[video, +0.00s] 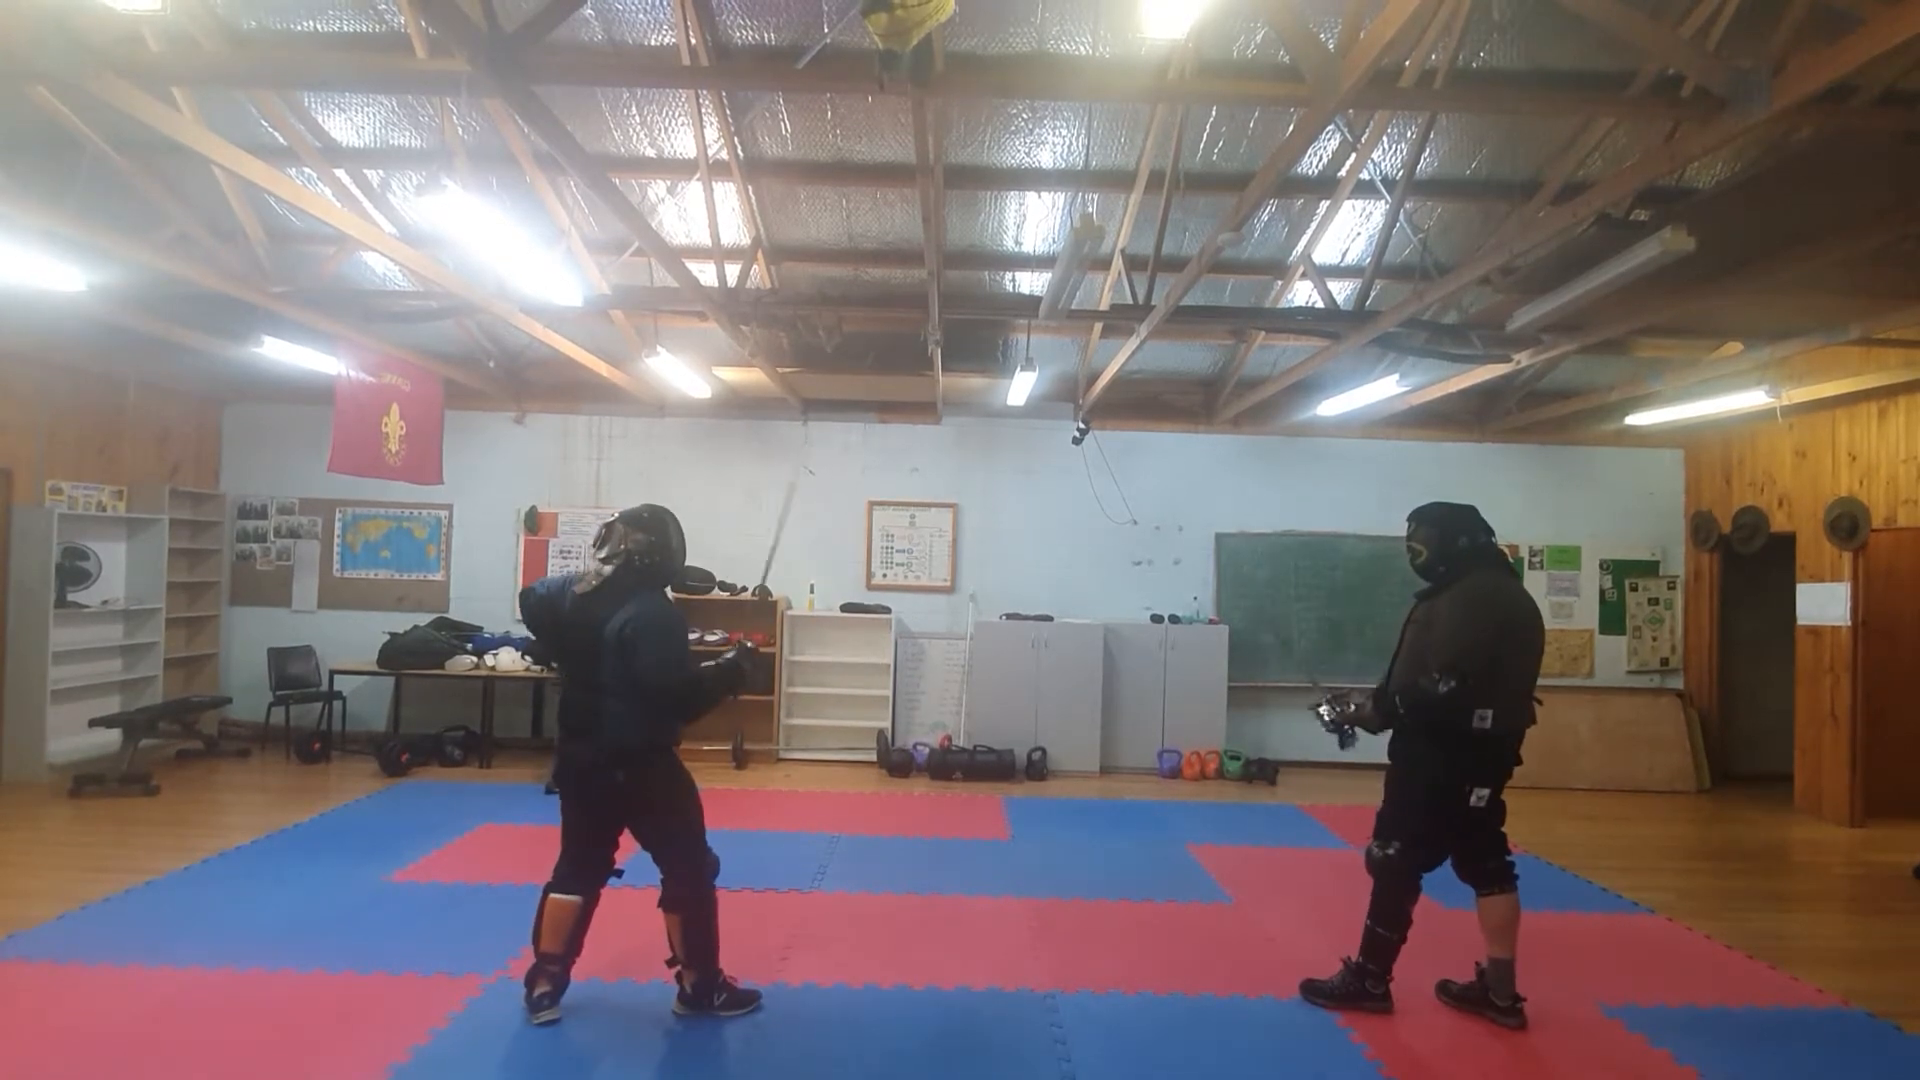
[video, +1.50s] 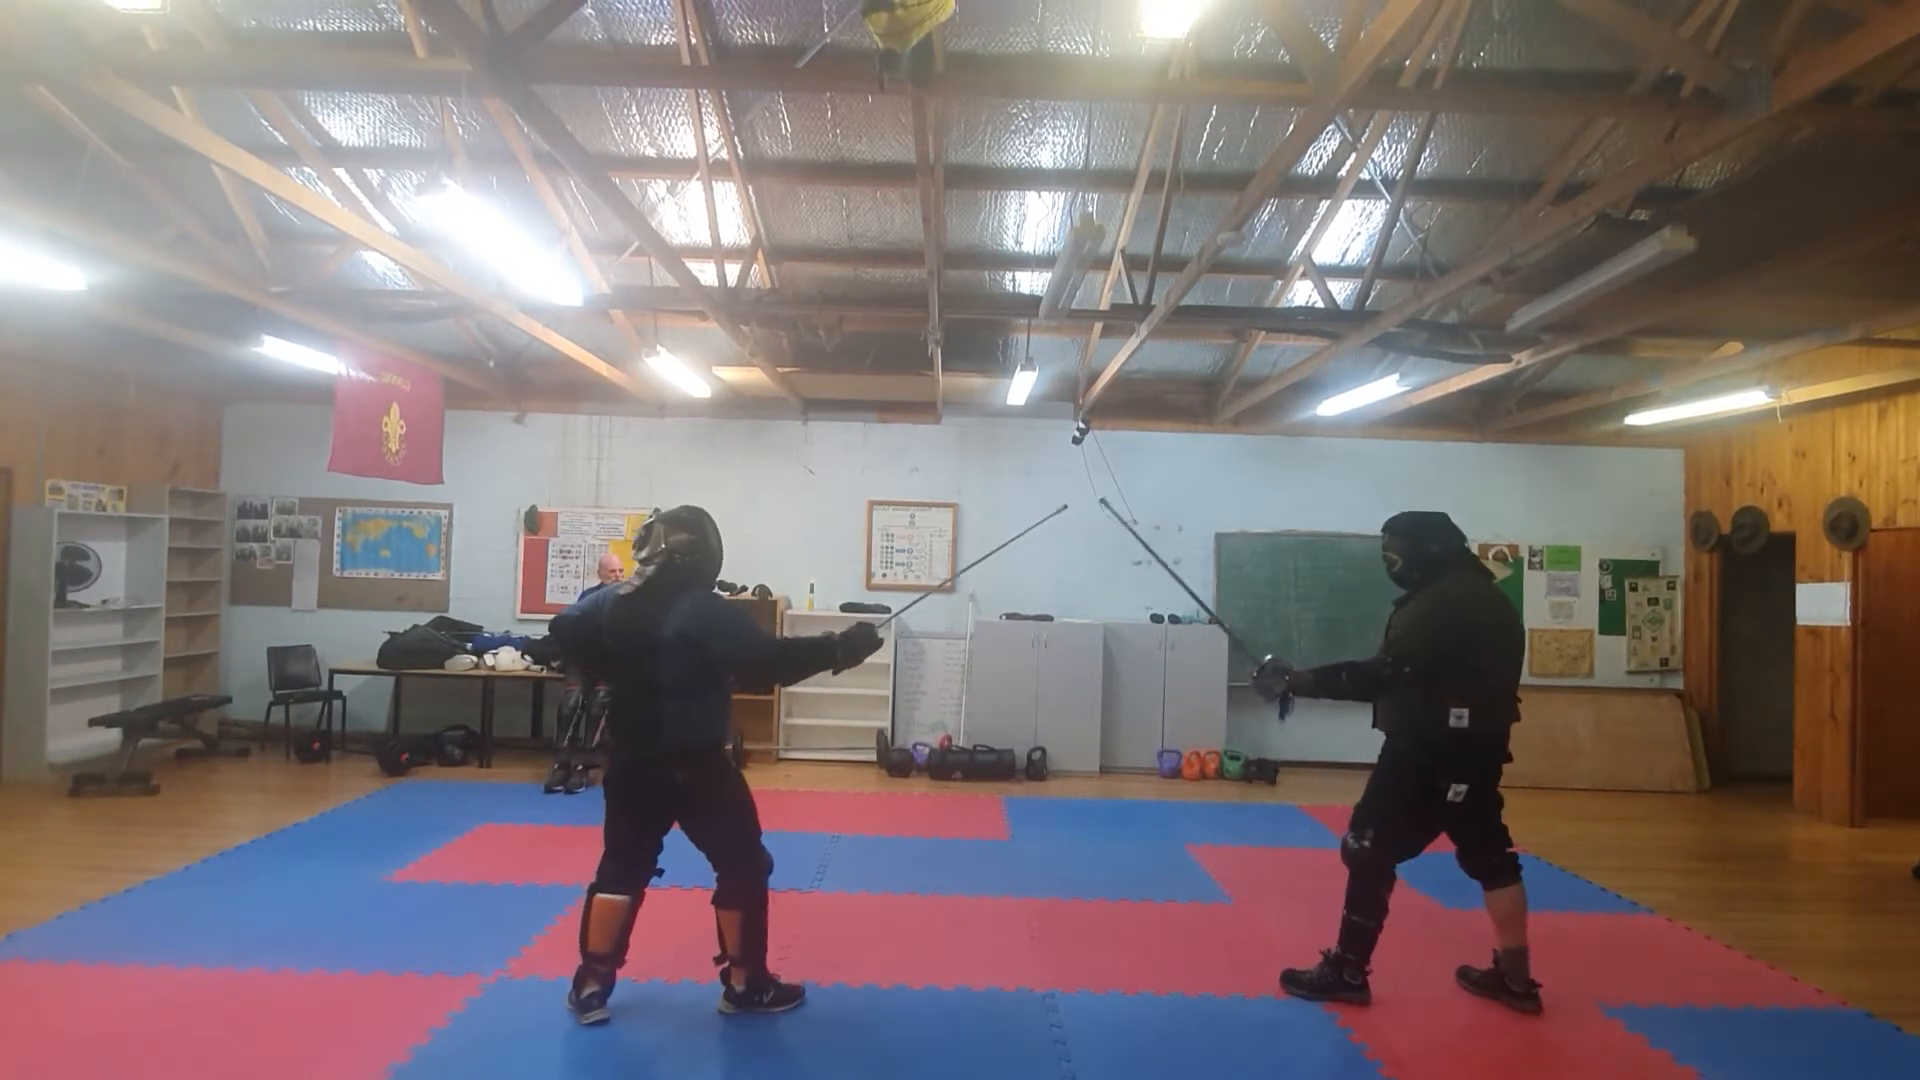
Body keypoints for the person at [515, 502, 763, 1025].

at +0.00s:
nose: (676, 563)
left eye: (674, 554)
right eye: (673, 554)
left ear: (613, 547)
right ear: (663, 554)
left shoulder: (580, 601)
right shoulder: (655, 615)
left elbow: (532, 601)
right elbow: (674, 700)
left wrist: (581, 581)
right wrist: (728, 672)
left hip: (581, 766)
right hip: (646, 768)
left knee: (578, 864)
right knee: (689, 865)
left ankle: (545, 983)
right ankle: (700, 983)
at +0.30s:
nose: (669, 563)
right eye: (667, 555)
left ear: (603, 552)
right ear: (657, 557)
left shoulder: (571, 607)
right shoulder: (650, 614)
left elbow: (520, 617)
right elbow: (706, 681)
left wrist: (573, 587)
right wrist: (776, 645)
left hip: (582, 769)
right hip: (647, 770)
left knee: (577, 866)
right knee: (690, 866)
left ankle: (544, 984)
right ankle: (700, 983)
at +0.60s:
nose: (678, 565)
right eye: (674, 556)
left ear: (610, 554)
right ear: (667, 557)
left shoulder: (577, 609)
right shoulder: (664, 615)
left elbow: (525, 623)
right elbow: (732, 650)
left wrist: (581, 593)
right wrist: (814, 637)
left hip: (585, 770)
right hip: (653, 768)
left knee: (580, 863)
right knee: (707, 859)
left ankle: (545, 980)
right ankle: (725, 980)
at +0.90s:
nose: (723, 566)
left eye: (661, 551)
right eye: (721, 557)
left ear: (657, 555)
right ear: (716, 559)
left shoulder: (621, 608)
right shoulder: (718, 616)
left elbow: (573, 624)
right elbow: (781, 652)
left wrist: (625, 590)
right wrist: (855, 635)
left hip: (635, 769)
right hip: (706, 772)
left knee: (602, 864)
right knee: (742, 866)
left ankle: (551, 978)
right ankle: (745, 983)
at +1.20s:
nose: (731, 571)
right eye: (730, 562)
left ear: (668, 557)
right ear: (724, 563)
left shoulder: (633, 611)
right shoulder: (731, 618)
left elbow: (577, 629)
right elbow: (795, 659)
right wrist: (862, 640)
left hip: (646, 771)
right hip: (716, 771)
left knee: (630, 864)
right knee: (758, 863)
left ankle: (593, 983)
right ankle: (746, 984)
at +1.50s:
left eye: (650, 548)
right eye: (711, 555)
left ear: (650, 551)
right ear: (708, 556)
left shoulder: (615, 608)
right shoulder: (712, 613)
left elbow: (558, 636)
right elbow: (770, 660)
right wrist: (842, 647)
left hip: (632, 771)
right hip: (702, 771)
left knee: (622, 866)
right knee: (743, 864)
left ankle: (591, 986)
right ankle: (745, 984)